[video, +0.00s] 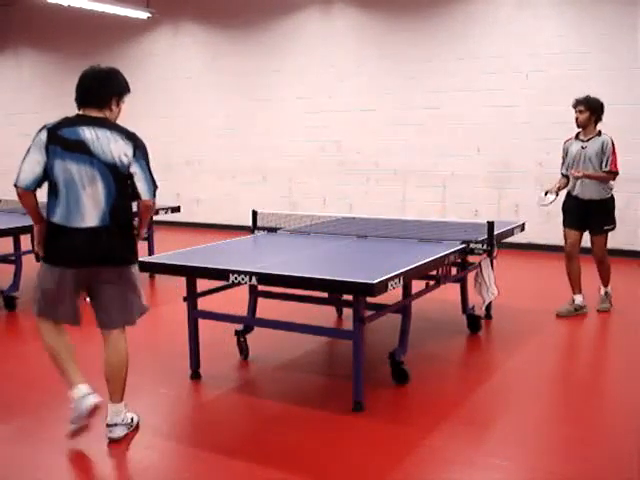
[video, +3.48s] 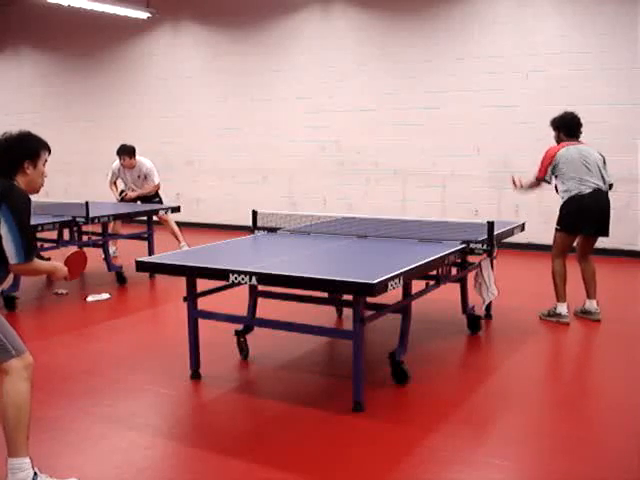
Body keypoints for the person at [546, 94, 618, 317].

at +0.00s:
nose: (576, 116)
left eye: (581, 112)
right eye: (575, 112)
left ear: (594, 115)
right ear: (575, 115)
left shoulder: (605, 142)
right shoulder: (569, 144)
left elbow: (611, 175)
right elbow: (566, 176)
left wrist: (585, 174)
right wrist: (556, 187)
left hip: (599, 202)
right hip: (574, 201)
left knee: (599, 254)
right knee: (570, 250)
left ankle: (605, 292)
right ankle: (577, 299)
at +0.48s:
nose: (578, 118)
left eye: (582, 114)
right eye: (578, 114)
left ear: (595, 115)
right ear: (586, 116)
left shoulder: (607, 141)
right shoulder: (587, 144)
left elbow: (607, 175)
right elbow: (587, 181)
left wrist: (573, 173)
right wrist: (564, 187)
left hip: (605, 205)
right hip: (585, 203)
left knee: (603, 260)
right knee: (576, 252)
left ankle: (621, 317)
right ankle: (578, 301)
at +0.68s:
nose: (582, 119)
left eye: (586, 113)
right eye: (582, 114)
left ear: (599, 114)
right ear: (601, 115)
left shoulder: (610, 138)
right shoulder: (609, 137)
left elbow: (600, 174)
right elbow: (607, 176)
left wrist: (567, 173)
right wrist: (589, 191)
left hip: (618, 204)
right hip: (610, 202)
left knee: (611, 260)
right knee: (599, 252)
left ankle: (622, 318)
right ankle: (602, 302)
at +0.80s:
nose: (585, 120)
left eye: (587, 115)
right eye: (584, 115)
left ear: (600, 115)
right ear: (603, 115)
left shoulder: (609, 138)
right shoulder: (616, 135)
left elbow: (603, 175)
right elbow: (611, 175)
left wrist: (578, 192)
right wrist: (594, 194)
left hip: (616, 202)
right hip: (621, 200)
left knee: (613, 260)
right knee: (611, 256)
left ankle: (622, 317)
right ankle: (619, 307)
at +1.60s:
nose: (581, 122)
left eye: (584, 117)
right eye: (581, 117)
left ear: (597, 116)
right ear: (602, 117)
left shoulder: (600, 137)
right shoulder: (614, 138)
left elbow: (597, 174)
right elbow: (607, 177)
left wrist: (567, 183)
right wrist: (581, 184)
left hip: (609, 199)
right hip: (627, 197)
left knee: (592, 258)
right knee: (622, 254)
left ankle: (586, 314)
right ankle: (633, 308)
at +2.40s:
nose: (553, 133)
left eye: (554, 128)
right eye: (552, 128)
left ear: (564, 128)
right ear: (574, 127)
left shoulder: (568, 147)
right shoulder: (590, 145)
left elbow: (562, 183)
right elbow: (592, 185)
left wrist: (541, 201)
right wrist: (564, 198)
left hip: (591, 201)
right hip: (613, 198)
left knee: (568, 252)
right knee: (593, 252)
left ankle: (568, 307)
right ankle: (597, 304)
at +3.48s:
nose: (553, 135)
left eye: (554, 131)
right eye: (553, 131)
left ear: (560, 133)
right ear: (578, 132)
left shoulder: (554, 152)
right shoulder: (595, 153)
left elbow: (539, 180)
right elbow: (607, 184)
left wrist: (523, 186)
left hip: (574, 203)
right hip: (601, 203)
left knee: (558, 255)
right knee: (584, 254)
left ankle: (561, 308)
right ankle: (592, 305)